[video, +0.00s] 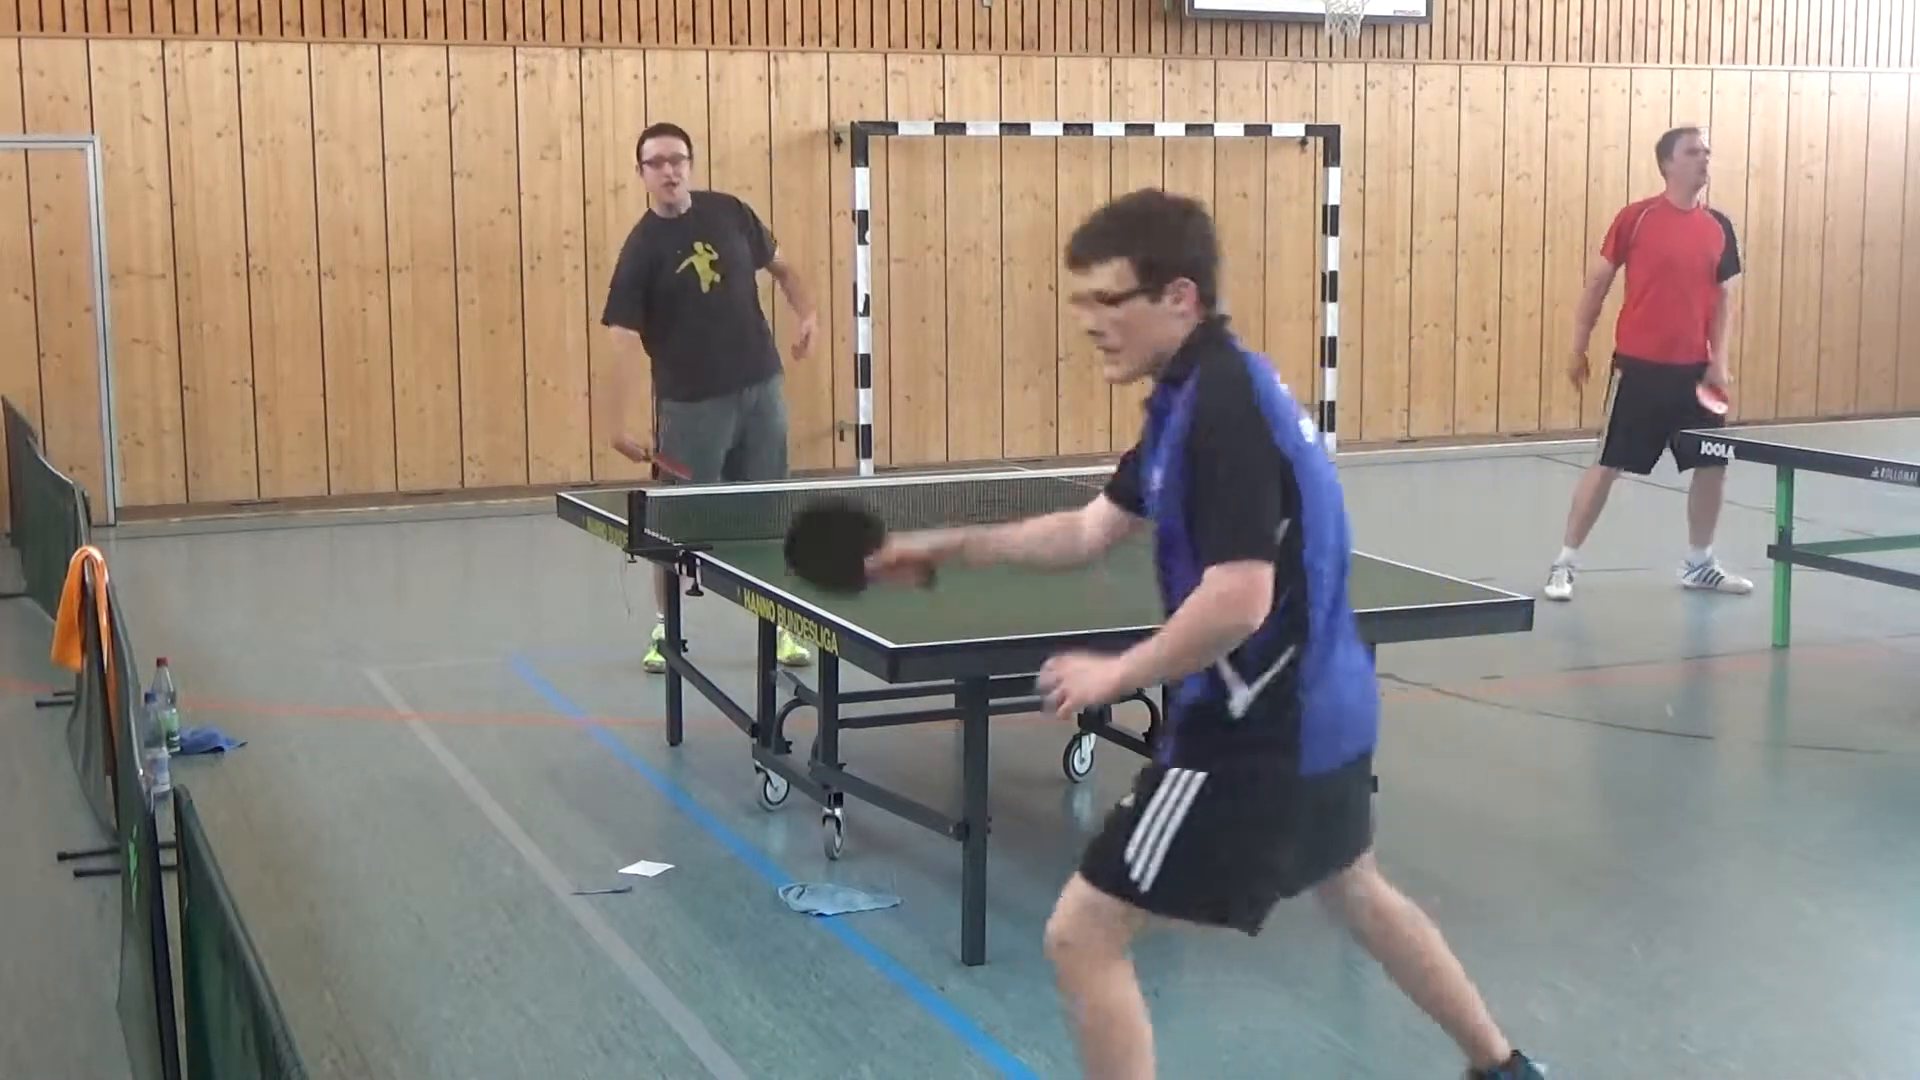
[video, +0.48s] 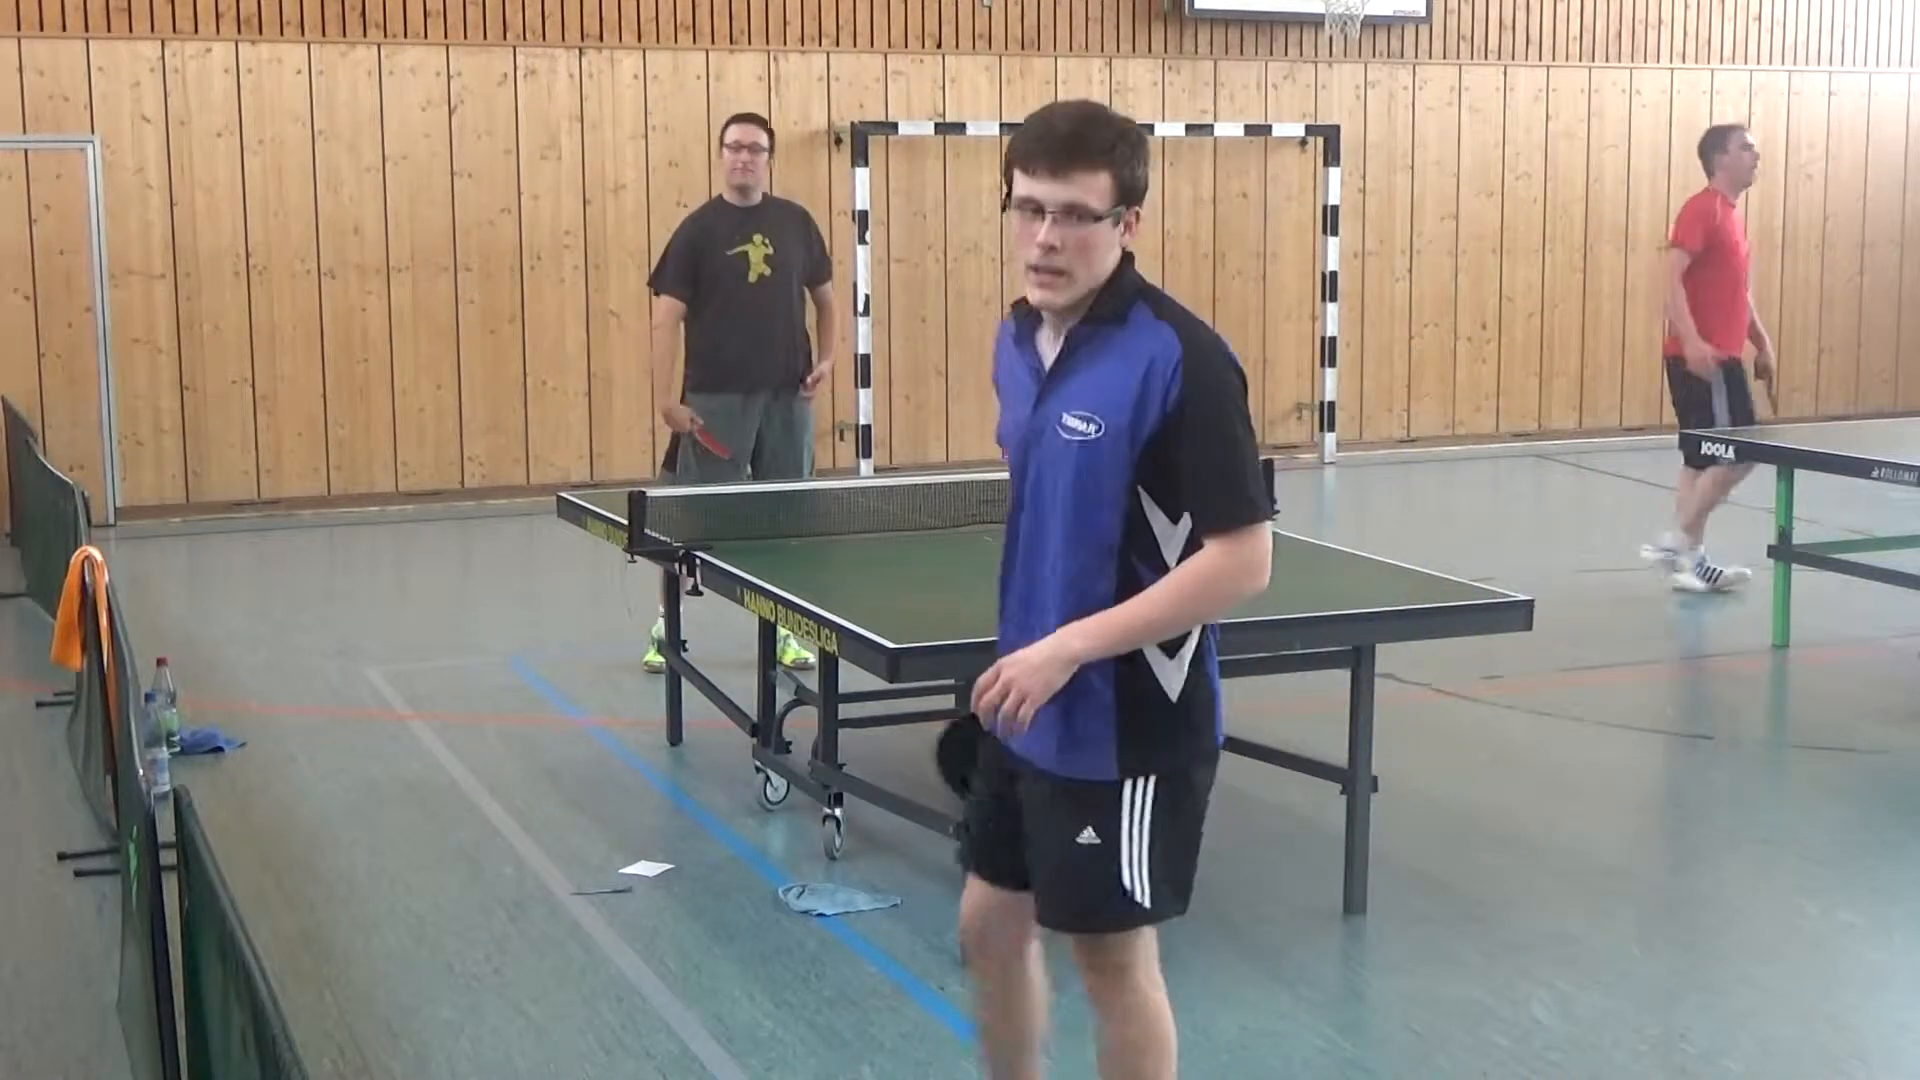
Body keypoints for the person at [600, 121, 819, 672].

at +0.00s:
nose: (668, 171)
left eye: (677, 161)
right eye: (656, 163)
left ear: (692, 165)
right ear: (641, 171)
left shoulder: (730, 212)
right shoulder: (642, 246)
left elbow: (782, 268)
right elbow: (625, 340)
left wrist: (807, 314)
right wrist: (624, 426)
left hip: (761, 386)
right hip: (691, 402)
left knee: (770, 514)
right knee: (676, 521)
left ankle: (779, 626)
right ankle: (666, 629)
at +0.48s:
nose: (744, 158)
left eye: (755, 149)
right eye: (734, 148)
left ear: (770, 158)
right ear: (719, 155)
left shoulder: (796, 221)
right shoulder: (697, 229)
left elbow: (826, 297)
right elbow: (666, 317)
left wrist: (828, 358)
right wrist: (666, 401)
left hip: (789, 397)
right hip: (716, 398)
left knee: (793, 521)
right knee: (692, 516)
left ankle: (790, 630)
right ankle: (669, 627)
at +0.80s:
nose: (771, 158)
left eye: (782, 151)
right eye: (763, 148)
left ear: (796, 162)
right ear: (746, 156)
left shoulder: (819, 227)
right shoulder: (719, 227)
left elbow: (842, 302)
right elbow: (680, 314)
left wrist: (841, 367)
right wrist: (705, 386)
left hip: (804, 402)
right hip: (730, 402)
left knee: (805, 528)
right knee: (706, 522)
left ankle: (792, 635)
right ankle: (671, 629)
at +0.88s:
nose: (776, 160)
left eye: (787, 153)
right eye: (768, 150)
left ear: (801, 163)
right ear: (751, 155)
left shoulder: (822, 228)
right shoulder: (721, 227)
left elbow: (845, 308)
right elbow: (682, 314)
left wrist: (841, 372)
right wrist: (702, 381)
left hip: (803, 406)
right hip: (730, 404)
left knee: (803, 529)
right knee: (714, 522)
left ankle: (789, 632)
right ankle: (673, 629)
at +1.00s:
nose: (784, 164)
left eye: (796, 157)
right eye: (777, 153)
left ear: (808, 166)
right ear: (759, 155)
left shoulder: (827, 229)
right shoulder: (726, 226)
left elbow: (850, 310)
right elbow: (689, 305)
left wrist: (839, 383)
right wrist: (695, 384)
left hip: (800, 406)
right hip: (726, 402)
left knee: (798, 536)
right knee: (709, 526)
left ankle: (799, 647)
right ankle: (674, 630)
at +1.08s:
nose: (789, 167)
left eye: (801, 160)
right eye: (782, 155)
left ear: (814, 168)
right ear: (765, 156)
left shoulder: (830, 230)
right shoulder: (730, 226)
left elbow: (852, 312)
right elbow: (688, 304)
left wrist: (843, 389)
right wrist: (693, 381)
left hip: (802, 414)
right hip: (727, 408)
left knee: (801, 540)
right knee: (699, 525)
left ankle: (798, 640)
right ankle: (676, 631)